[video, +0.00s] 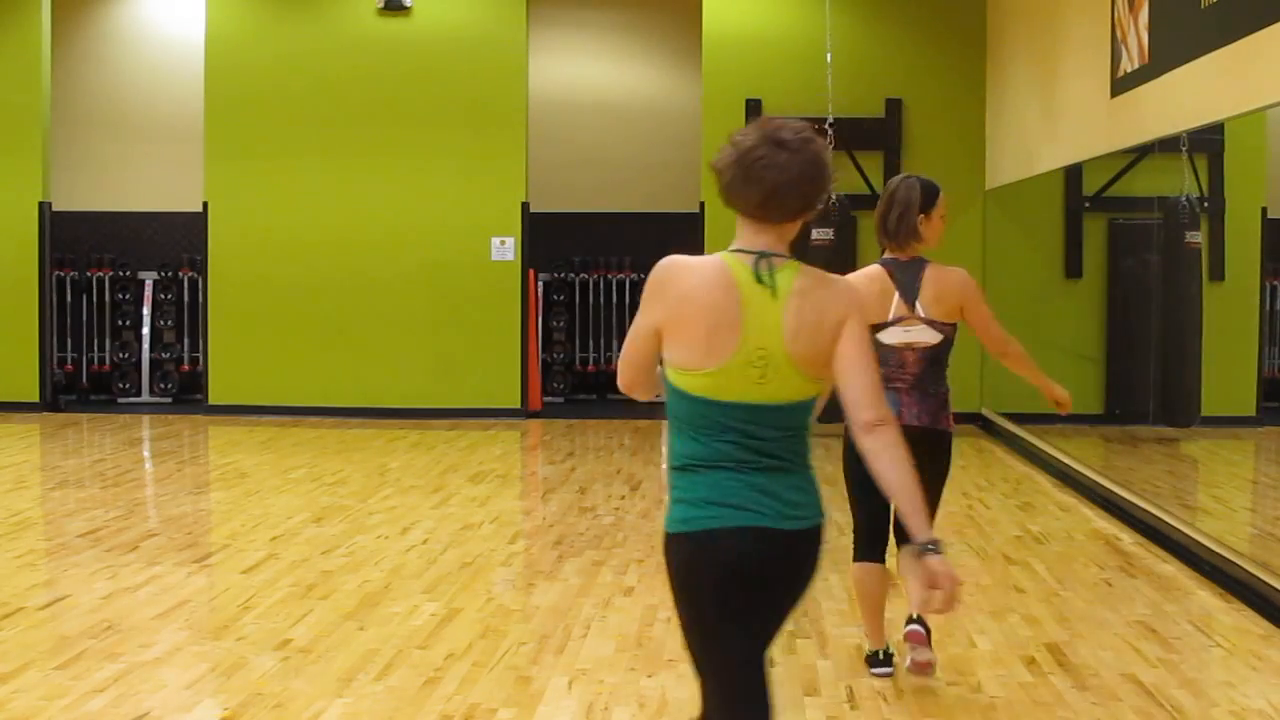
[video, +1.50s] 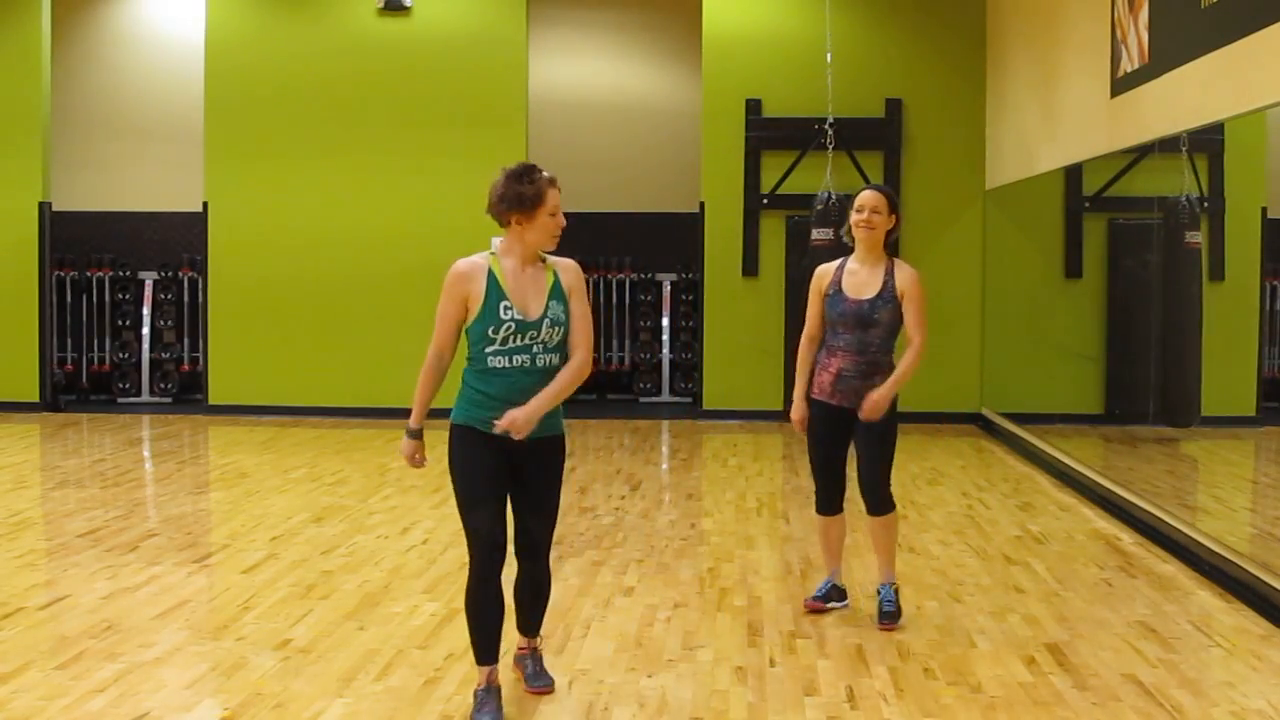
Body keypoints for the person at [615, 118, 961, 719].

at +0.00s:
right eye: (814, 200)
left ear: (732, 189)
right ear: (810, 210)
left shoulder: (675, 279)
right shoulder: (835, 299)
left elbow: (633, 381)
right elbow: (873, 425)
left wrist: (706, 374)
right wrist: (922, 539)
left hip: (704, 536)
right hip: (792, 536)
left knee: (734, 701)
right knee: (736, 683)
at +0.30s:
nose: (738, 201)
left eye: (737, 189)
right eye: (738, 189)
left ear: (666, 183)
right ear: (724, 198)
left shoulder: (623, 253)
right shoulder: (722, 279)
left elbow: (630, 351)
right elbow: (725, 411)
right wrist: (775, 489)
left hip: (627, 481)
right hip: (702, 485)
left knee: (644, 610)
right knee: (688, 648)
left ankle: (606, 712)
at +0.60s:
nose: (659, 185)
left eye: (665, 173)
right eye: (643, 175)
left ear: (674, 181)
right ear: (610, 188)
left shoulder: (673, 255)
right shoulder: (592, 264)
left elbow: (678, 352)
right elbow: (560, 374)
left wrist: (681, 432)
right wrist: (639, 434)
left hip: (639, 452)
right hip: (584, 452)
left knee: (621, 598)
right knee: (608, 604)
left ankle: (580, 707)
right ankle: (579, 712)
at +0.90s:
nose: (586, 199)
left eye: (594, 189)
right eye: (572, 189)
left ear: (606, 199)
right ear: (547, 201)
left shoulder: (621, 274)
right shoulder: (519, 270)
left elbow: (660, 365)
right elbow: (476, 362)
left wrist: (704, 442)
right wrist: (481, 439)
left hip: (587, 453)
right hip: (517, 454)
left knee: (590, 590)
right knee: (520, 579)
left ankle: (582, 711)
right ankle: (492, 675)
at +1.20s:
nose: (560, 211)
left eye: (559, 200)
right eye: (548, 202)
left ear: (548, 206)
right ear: (511, 209)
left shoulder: (573, 271)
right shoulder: (469, 276)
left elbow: (590, 361)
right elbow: (436, 365)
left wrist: (575, 440)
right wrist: (409, 446)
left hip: (549, 443)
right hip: (481, 442)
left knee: (552, 567)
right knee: (491, 567)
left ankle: (536, 656)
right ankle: (490, 682)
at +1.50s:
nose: (563, 221)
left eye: (561, 212)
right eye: (553, 213)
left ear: (532, 219)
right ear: (516, 219)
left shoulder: (567, 275)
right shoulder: (468, 275)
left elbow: (581, 359)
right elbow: (439, 354)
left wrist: (535, 408)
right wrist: (415, 424)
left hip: (542, 434)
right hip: (477, 433)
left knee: (535, 554)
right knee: (486, 556)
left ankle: (529, 648)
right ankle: (487, 679)